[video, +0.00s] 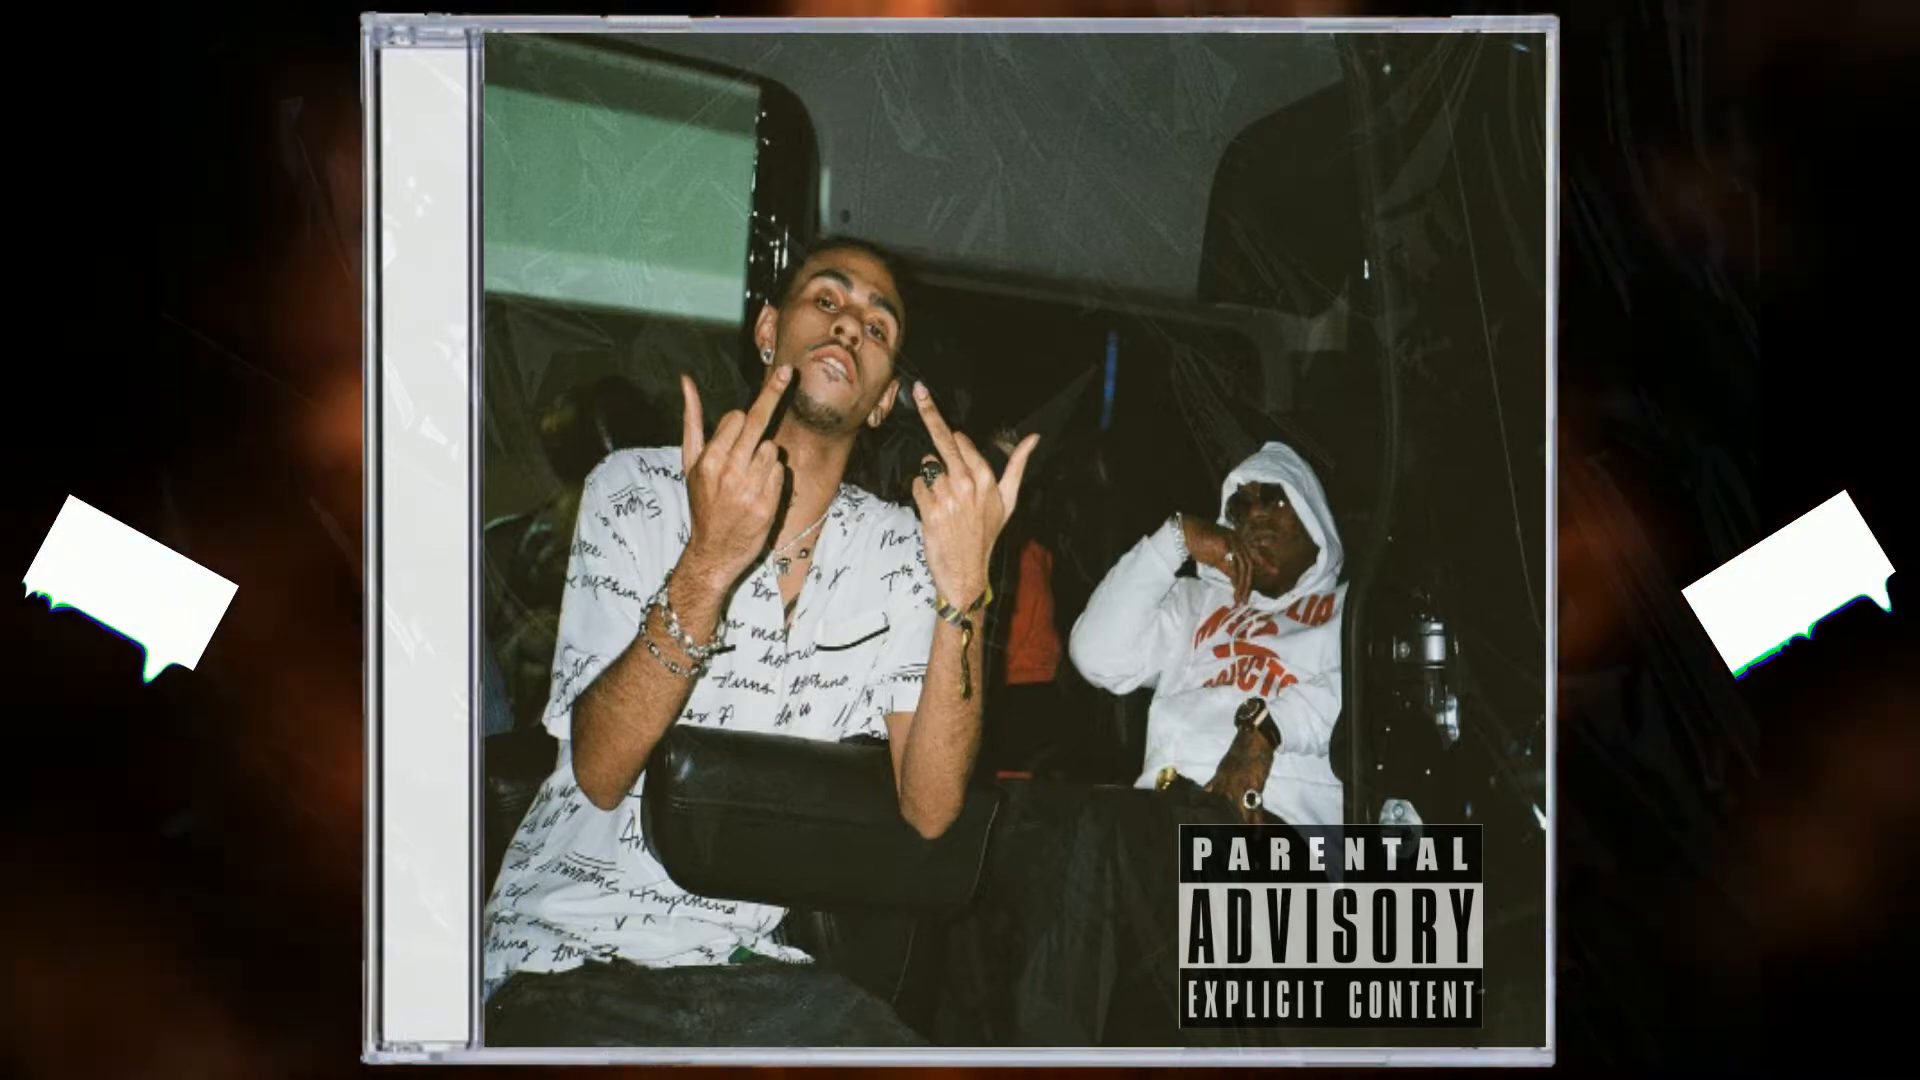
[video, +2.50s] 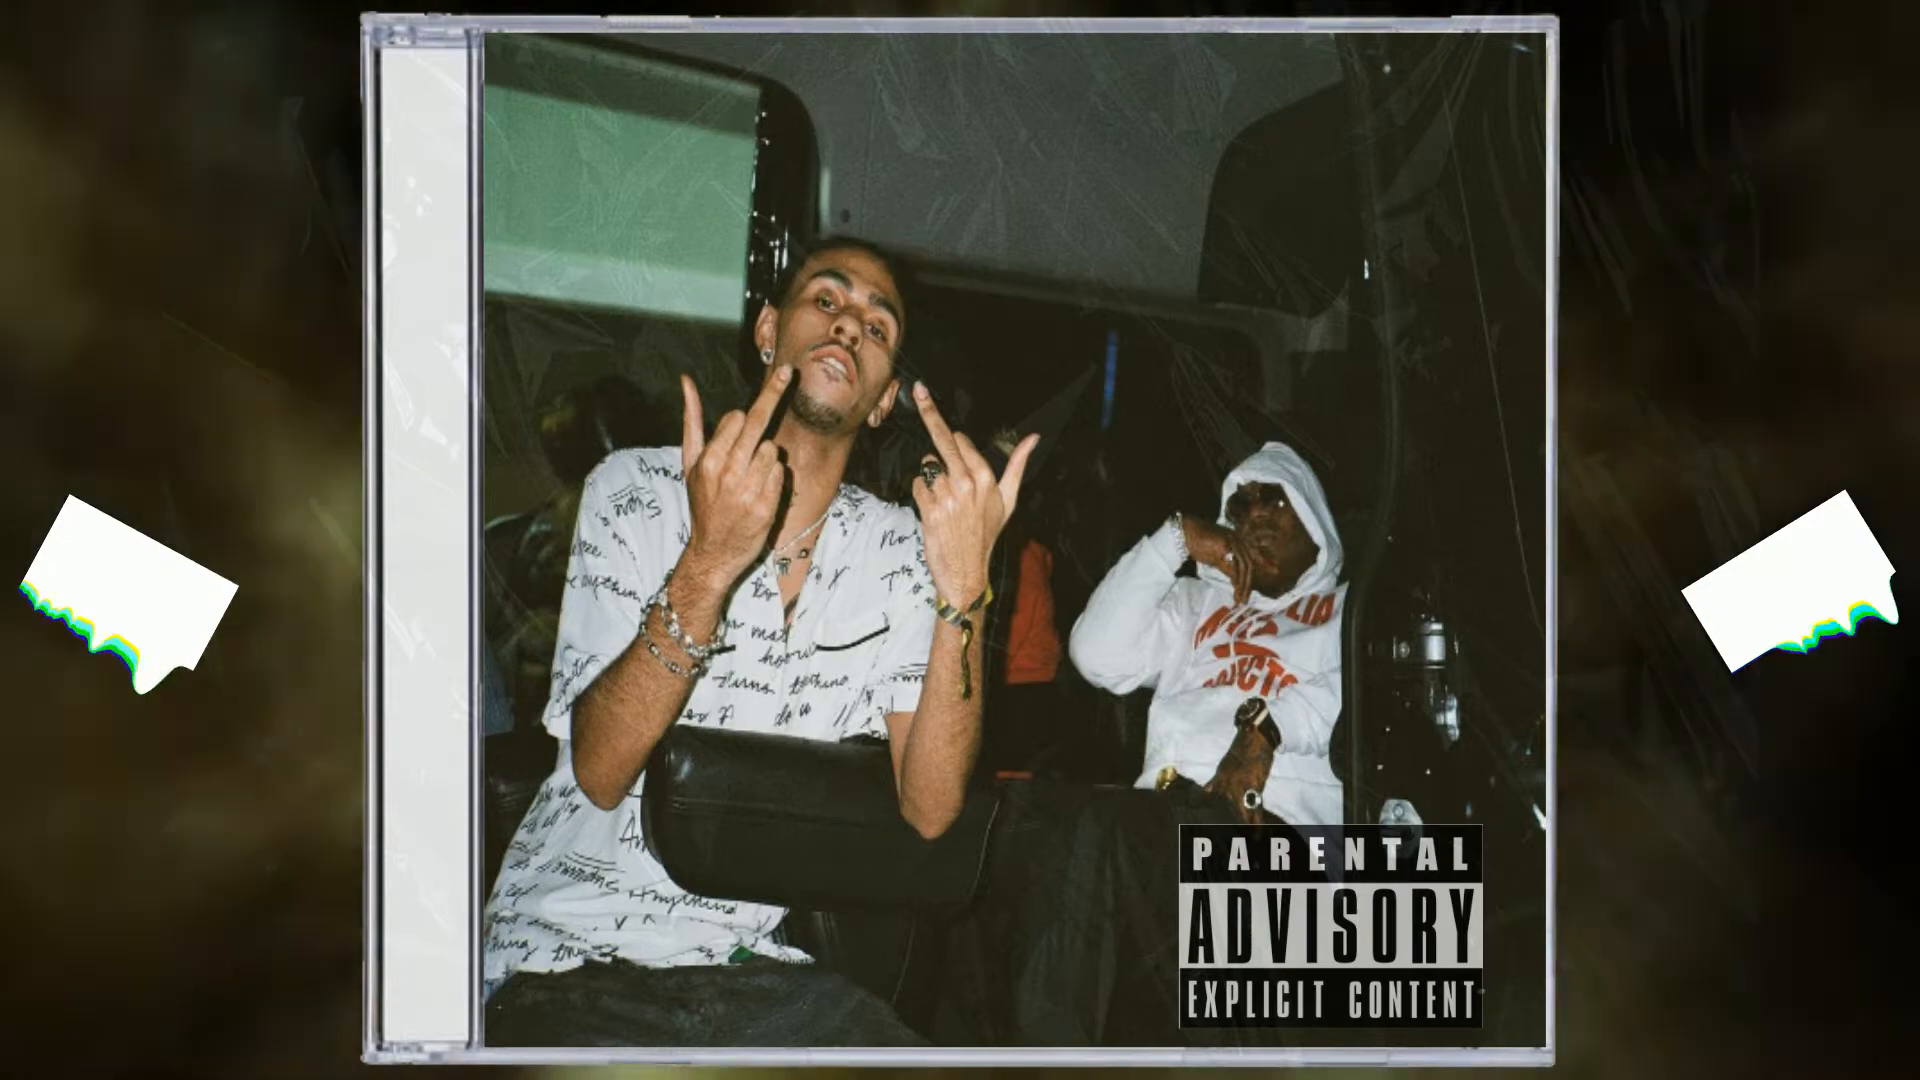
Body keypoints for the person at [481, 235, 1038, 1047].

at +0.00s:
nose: (852, 323)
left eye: (879, 323)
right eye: (826, 299)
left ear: (887, 396)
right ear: (767, 333)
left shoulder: (902, 550)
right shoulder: (638, 490)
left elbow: (931, 809)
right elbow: (601, 770)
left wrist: (966, 593)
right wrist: (709, 564)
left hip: (753, 957)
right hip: (569, 945)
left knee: (907, 1061)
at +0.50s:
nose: (852, 323)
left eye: (879, 323)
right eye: (826, 299)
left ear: (887, 396)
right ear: (767, 333)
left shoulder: (902, 550)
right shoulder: (638, 490)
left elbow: (931, 809)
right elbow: (601, 770)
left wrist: (966, 593)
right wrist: (709, 564)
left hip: (753, 957)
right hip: (569, 945)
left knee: (907, 1063)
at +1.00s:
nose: (852, 323)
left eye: (878, 324)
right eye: (826, 299)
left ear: (886, 397)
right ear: (766, 333)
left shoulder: (902, 550)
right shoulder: (637, 490)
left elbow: (930, 809)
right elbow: (601, 771)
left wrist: (965, 594)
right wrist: (709, 564)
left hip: (752, 956)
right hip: (567, 942)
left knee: (907, 1065)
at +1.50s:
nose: (852, 323)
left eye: (878, 323)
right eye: (826, 299)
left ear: (886, 396)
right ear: (766, 332)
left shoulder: (902, 550)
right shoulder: (638, 490)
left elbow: (930, 809)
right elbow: (601, 770)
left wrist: (965, 593)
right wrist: (709, 564)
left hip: (754, 956)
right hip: (568, 943)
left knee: (905, 1060)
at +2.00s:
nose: (852, 323)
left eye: (879, 324)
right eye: (826, 299)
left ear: (887, 396)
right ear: (767, 333)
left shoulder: (902, 550)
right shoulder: (637, 490)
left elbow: (930, 809)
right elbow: (601, 770)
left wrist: (965, 593)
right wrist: (709, 564)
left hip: (757, 958)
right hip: (570, 946)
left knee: (909, 1065)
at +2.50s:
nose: (851, 323)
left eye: (879, 323)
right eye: (826, 298)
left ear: (887, 395)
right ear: (767, 333)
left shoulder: (903, 550)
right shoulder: (638, 490)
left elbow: (931, 809)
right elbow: (601, 770)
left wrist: (965, 594)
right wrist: (710, 564)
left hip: (757, 957)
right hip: (572, 945)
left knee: (911, 1066)